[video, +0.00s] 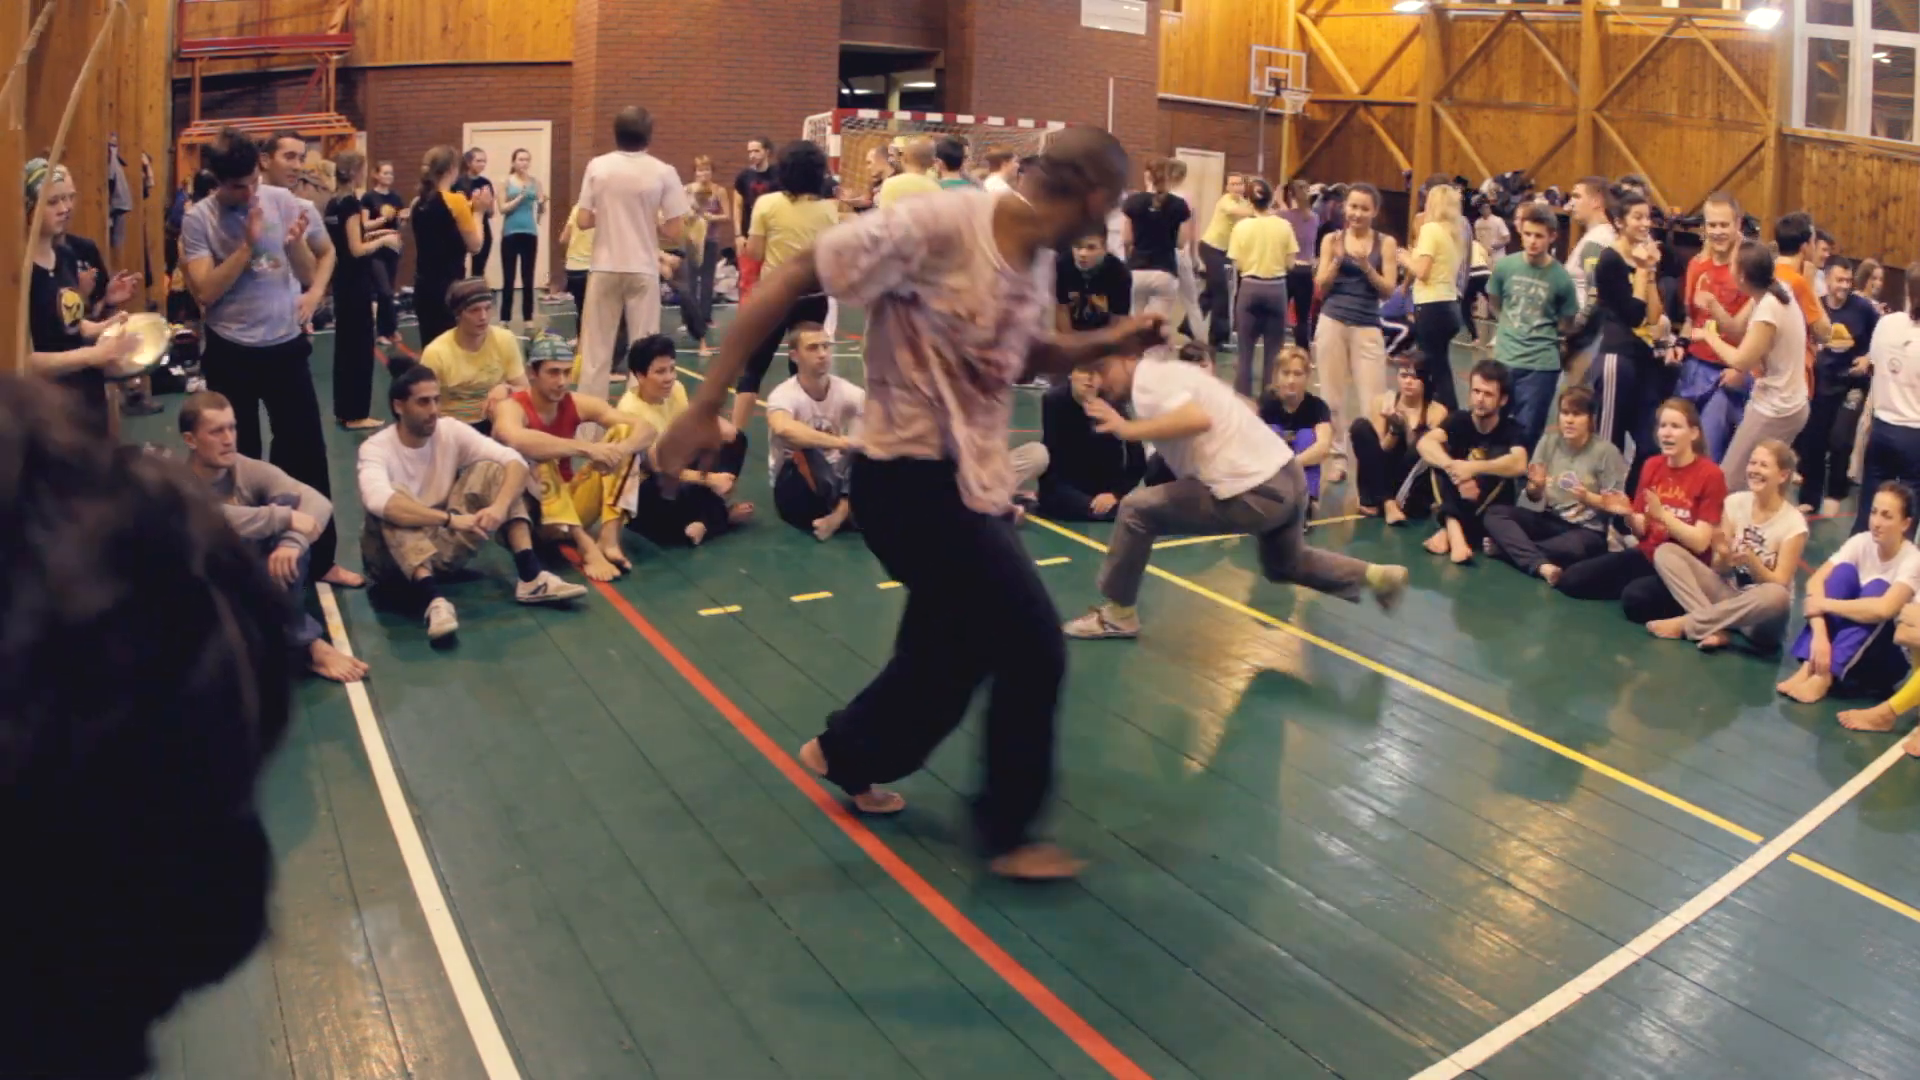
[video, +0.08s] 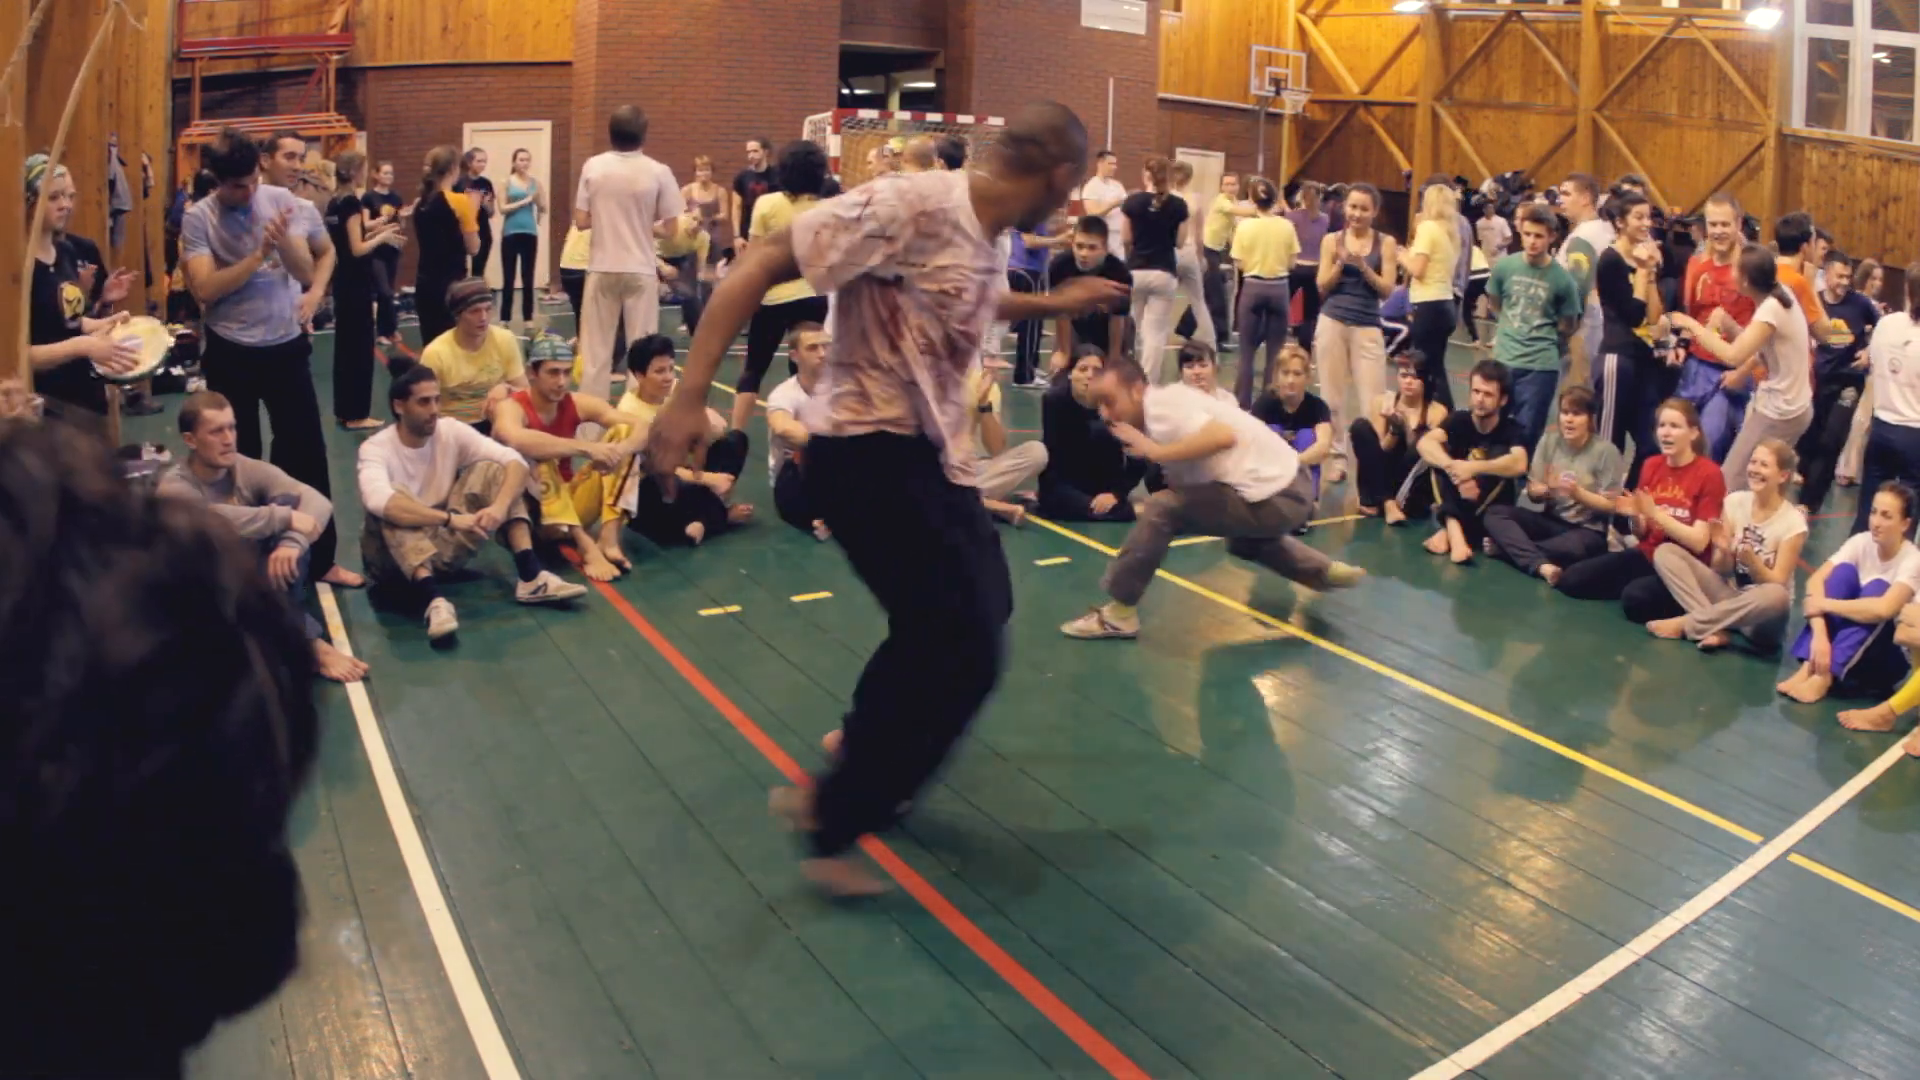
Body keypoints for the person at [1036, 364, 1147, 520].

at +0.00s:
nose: (1090, 378)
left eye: (1096, 372)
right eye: (1083, 370)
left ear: (1104, 378)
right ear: (1070, 374)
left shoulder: (1114, 405)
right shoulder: (1055, 401)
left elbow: (1138, 463)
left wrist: (1116, 494)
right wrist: (1090, 502)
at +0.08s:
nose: (1089, 376)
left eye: (1097, 370)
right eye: (1083, 369)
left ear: (1105, 376)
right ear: (1070, 373)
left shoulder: (1116, 405)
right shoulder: (1056, 400)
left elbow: (1138, 459)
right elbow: (1052, 463)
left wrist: (1116, 494)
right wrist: (1089, 501)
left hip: (1104, 487)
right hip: (1065, 485)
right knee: (1051, 504)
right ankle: (1130, 512)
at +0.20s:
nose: (1090, 376)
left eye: (1096, 371)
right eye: (1083, 369)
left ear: (1103, 376)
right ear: (1070, 374)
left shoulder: (1113, 408)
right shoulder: (1054, 402)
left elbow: (1136, 460)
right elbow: (1051, 455)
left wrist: (1116, 494)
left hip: (1103, 482)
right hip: (1066, 481)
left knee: (1106, 429)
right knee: (1052, 503)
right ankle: (1130, 512)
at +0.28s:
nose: (1090, 376)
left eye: (1096, 370)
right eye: (1082, 369)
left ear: (1103, 376)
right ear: (1070, 373)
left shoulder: (1111, 406)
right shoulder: (1054, 401)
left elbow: (1138, 458)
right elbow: (1052, 457)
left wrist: (1115, 494)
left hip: (1104, 483)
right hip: (1067, 481)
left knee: (1106, 429)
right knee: (1052, 502)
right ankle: (1129, 512)